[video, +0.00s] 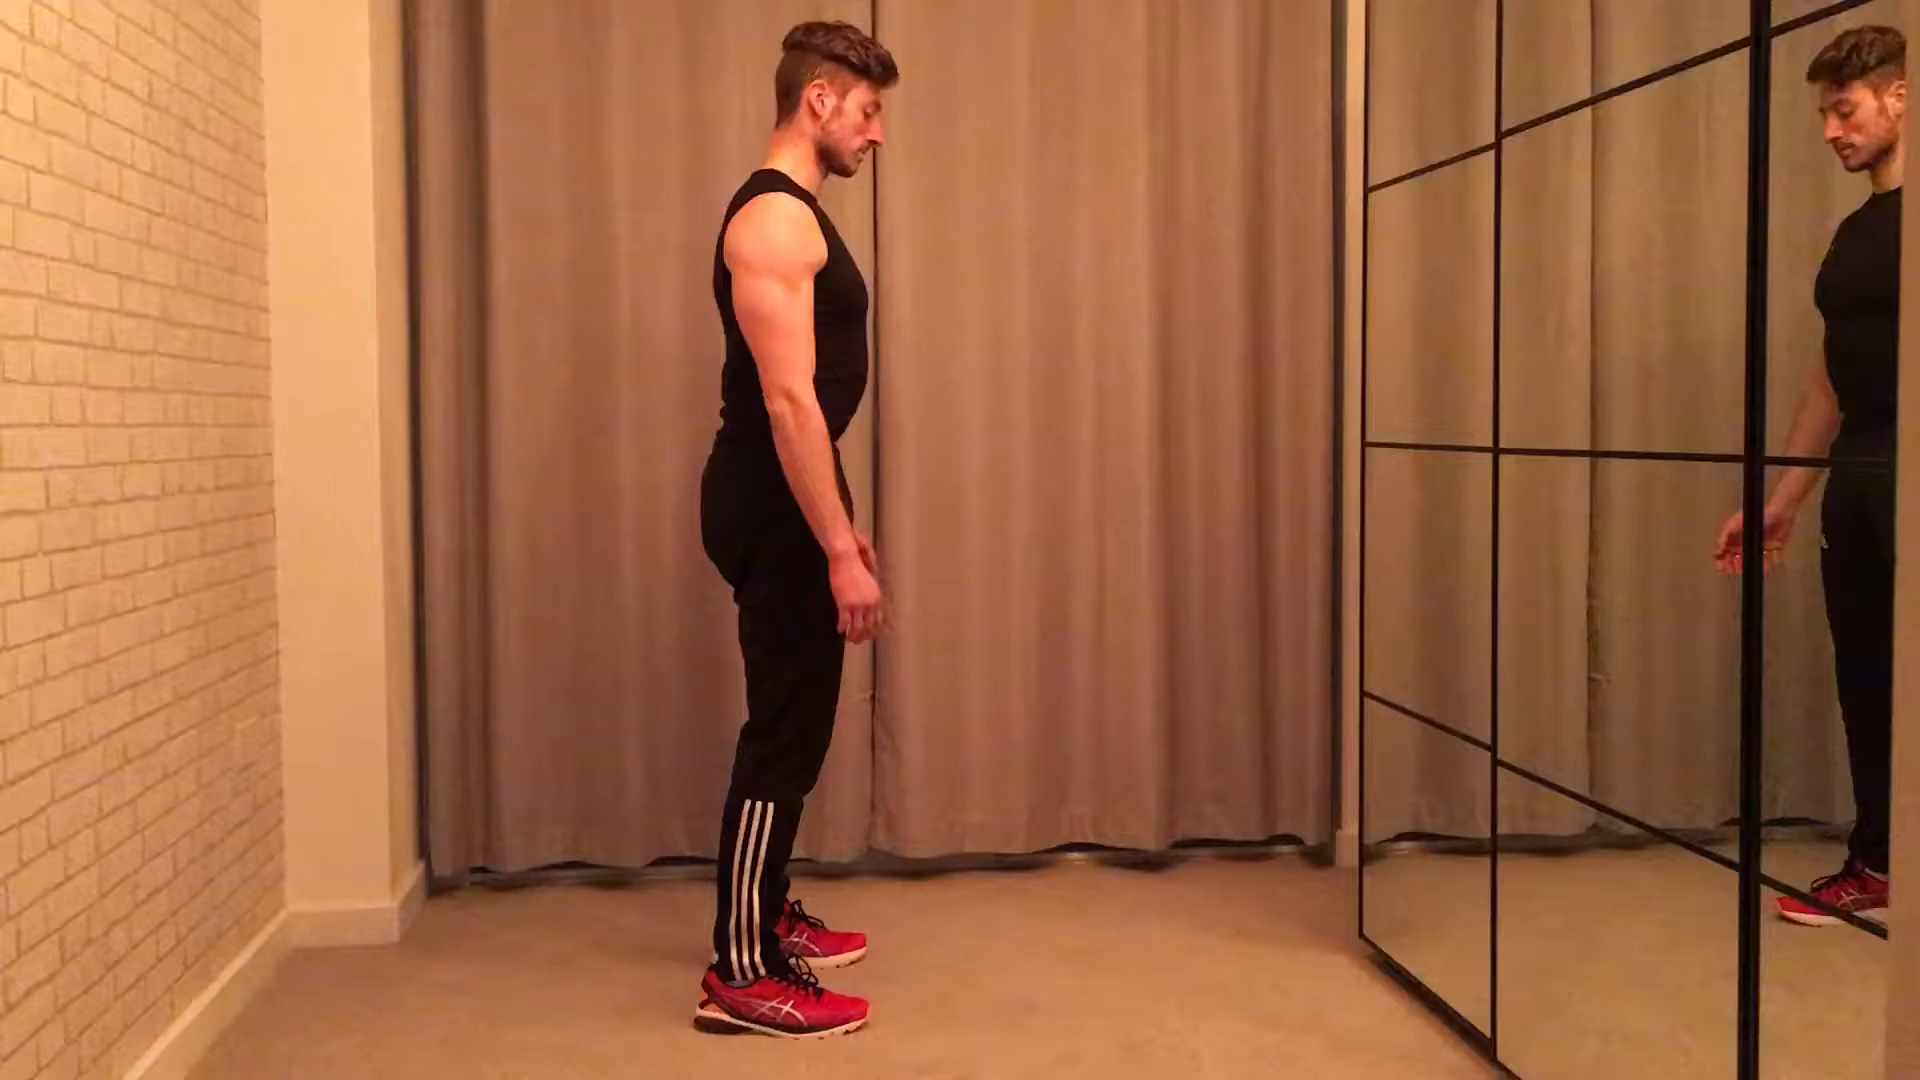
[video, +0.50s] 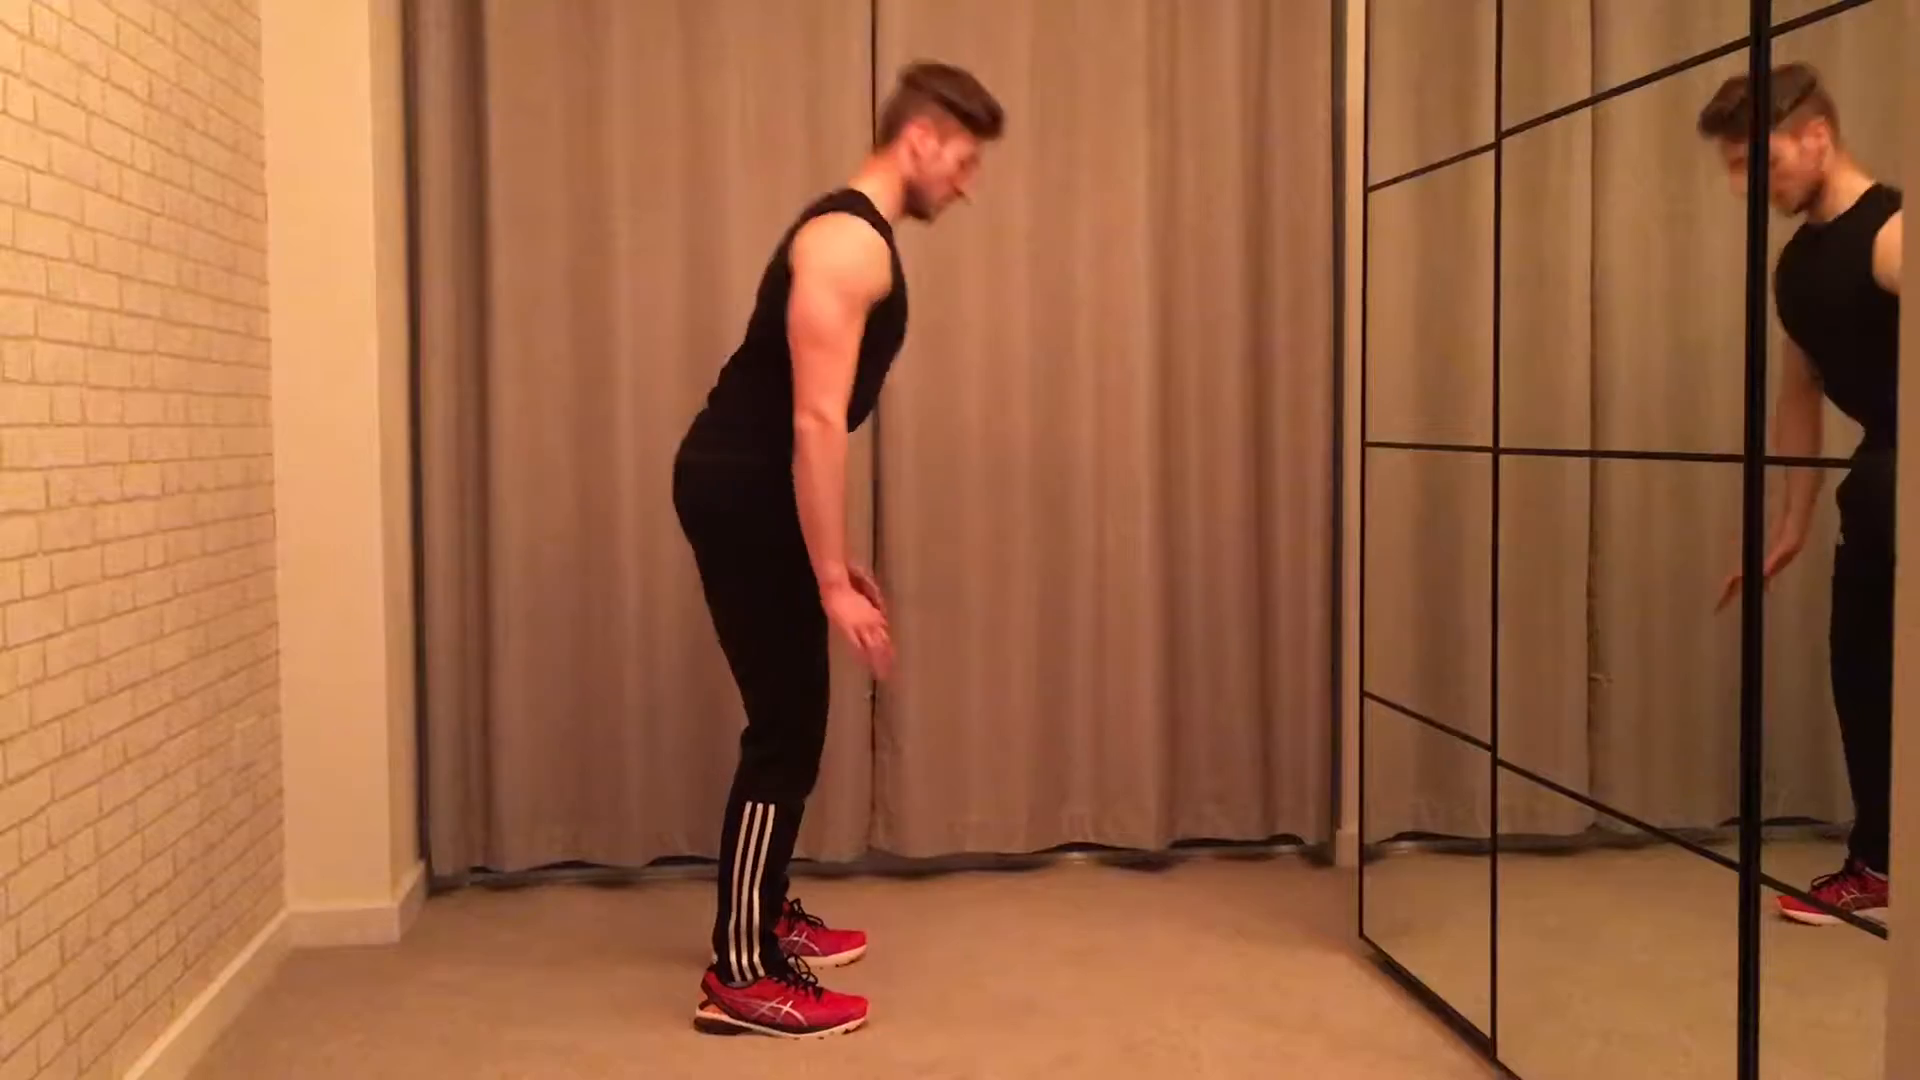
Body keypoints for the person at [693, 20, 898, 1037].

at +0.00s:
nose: (877, 133)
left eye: (879, 115)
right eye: (871, 112)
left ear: (818, 105)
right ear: (819, 100)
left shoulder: (787, 207)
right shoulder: (774, 218)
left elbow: (798, 400)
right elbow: (789, 404)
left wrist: (844, 539)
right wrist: (843, 551)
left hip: (785, 494)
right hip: (775, 501)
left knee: (791, 727)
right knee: (786, 734)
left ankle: (765, 923)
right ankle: (741, 974)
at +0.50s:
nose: (970, 181)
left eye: (977, 164)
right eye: (967, 159)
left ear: (920, 141)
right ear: (920, 136)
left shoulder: (864, 236)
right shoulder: (846, 242)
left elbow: (821, 423)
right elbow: (815, 422)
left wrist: (838, 560)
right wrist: (832, 579)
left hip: (760, 479)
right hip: (741, 487)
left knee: (794, 714)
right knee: (787, 719)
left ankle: (766, 919)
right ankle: (739, 974)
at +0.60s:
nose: (1016, 259)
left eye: (1025, 241)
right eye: (1015, 236)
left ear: (971, 214)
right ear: (972, 210)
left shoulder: (897, 289)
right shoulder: (884, 297)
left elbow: (845, 469)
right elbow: (847, 470)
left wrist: (855, 604)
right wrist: (852, 631)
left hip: (738, 491)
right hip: (714, 493)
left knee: (805, 710)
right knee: (796, 718)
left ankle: (763, 915)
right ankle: (740, 972)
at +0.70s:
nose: (1052, 368)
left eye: (1061, 353)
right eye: (1053, 346)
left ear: (1014, 319)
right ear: (1011, 312)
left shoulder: (919, 374)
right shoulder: (911, 384)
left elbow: (879, 564)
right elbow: (881, 563)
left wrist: (896, 702)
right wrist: (894, 720)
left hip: (731, 517)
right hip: (704, 516)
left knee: (821, 717)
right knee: (814, 724)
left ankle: (770, 916)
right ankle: (743, 967)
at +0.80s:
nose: (1067, 482)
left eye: (1078, 467)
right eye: (1068, 460)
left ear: (1030, 425)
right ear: (1031, 426)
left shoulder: (941, 465)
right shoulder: (935, 487)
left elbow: (921, 664)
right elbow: (925, 679)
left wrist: (946, 784)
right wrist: (951, 842)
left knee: (845, 727)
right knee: (838, 739)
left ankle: (772, 920)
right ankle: (745, 969)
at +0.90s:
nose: (1075, 578)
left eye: (1086, 566)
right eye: (1081, 558)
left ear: (1043, 519)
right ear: (1048, 522)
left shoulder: (954, 546)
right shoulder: (950, 576)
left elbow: (972, 743)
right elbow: (976, 773)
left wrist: (1001, 860)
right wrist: (1022, 932)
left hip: (713, 569)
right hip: (696, 581)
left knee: (869, 732)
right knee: (871, 746)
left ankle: (766, 919)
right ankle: (752, 966)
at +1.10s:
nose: (1074, 715)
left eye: (1085, 704)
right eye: (1081, 698)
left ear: (1049, 657)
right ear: (1053, 663)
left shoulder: (991, 644)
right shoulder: (975, 663)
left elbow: (1006, 800)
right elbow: (1000, 852)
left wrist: (1029, 927)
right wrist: (1041, 1007)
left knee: (824, 726)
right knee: (822, 733)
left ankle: (770, 916)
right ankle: (743, 972)